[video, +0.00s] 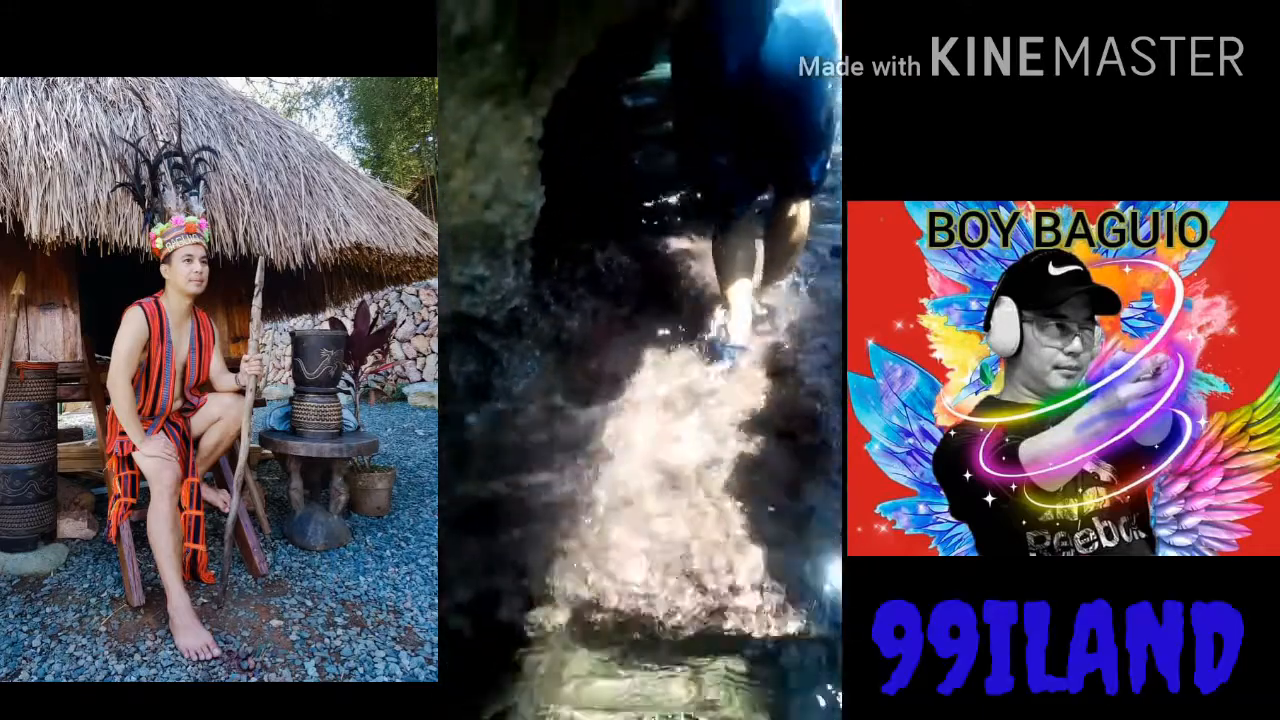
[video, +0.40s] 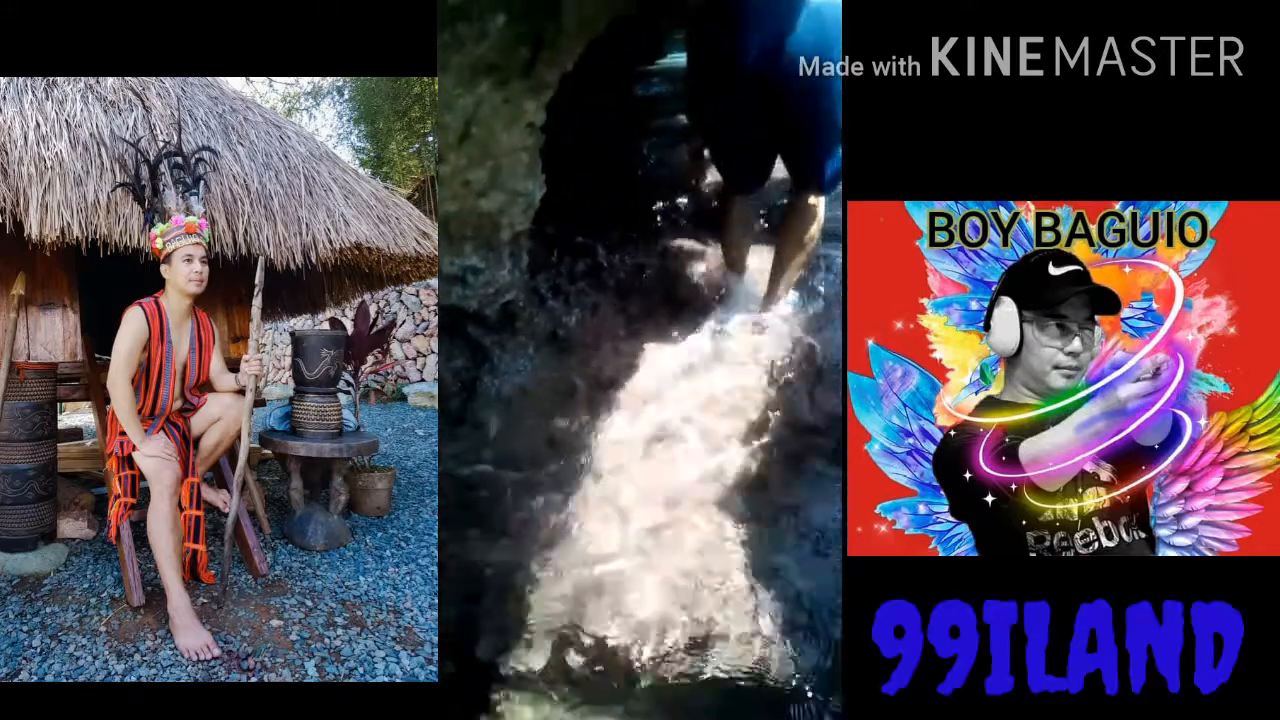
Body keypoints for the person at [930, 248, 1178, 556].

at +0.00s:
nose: (1076, 346)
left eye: (1086, 328)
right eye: (1055, 327)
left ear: (1097, 334)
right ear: (1007, 328)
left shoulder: (1114, 408)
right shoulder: (962, 446)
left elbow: (1155, 435)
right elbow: (1022, 472)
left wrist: (1149, 397)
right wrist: (1106, 412)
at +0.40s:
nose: (1076, 346)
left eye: (1086, 328)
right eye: (1055, 327)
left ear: (1097, 334)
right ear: (1007, 328)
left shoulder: (1114, 408)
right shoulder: (962, 446)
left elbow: (1156, 435)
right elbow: (1022, 472)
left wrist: (1149, 397)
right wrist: (1106, 412)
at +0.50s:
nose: (1076, 346)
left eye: (1086, 328)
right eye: (1055, 327)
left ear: (1097, 334)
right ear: (1007, 327)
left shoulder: (1113, 407)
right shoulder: (962, 445)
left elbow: (1155, 435)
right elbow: (1021, 471)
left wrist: (1148, 395)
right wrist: (1105, 413)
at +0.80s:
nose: (1076, 346)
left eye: (1086, 328)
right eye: (1055, 327)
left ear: (1097, 334)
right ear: (1007, 328)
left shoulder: (1113, 409)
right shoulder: (962, 445)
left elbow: (1155, 435)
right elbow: (1023, 472)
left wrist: (1149, 396)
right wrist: (1106, 412)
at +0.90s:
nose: (1076, 346)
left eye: (1086, 328)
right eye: (1055, 327)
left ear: (1097, 334)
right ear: (1007, 328)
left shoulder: (1114, 408)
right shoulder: (962, 446)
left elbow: (1155, 435)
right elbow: (1022, 472)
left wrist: (1149, 396)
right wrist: (1106, 412)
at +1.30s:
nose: (1076, 346)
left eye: (1086, 328)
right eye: (1055, 326)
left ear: (1096, 334)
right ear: (1007, 327)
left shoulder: (1114, 410)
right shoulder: (963, 445)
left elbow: (1155, 434)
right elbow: (1018, 474)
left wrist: (1150, 396)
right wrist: (1105, 413)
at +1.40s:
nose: (1076, 346)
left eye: (1086, 327)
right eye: (1055, 326)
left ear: (1097, 334)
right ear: (1007, 327)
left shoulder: (1113, 410)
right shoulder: (962, 446)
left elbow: (1155, 434)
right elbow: (1019, 473)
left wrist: (1150, 396)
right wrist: (1104, 414)